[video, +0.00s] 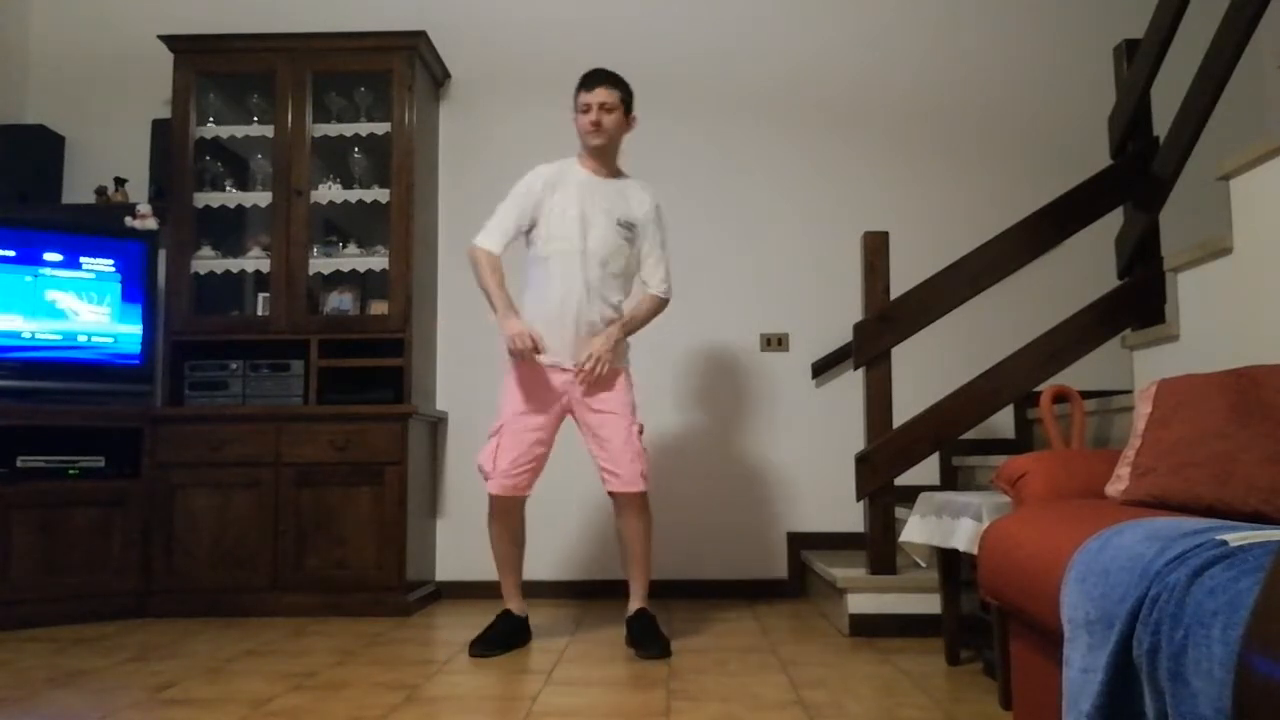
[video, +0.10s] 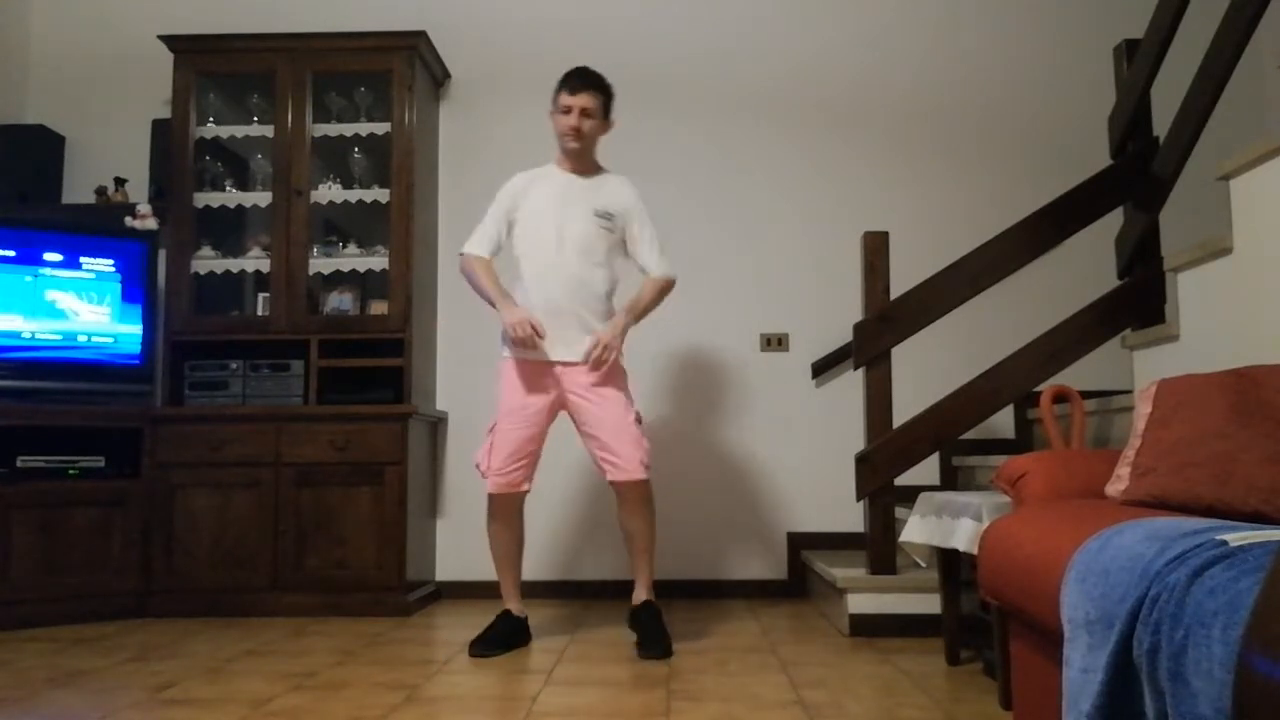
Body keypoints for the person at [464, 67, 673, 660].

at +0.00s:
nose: (595, 117)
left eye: (607, 109)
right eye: (587, 109)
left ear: (628, 121)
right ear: (574, 118)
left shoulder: (639, 199)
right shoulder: (542, 182)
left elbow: (656, 290)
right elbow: (483, 250)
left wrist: (613, 335)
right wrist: (508, 319)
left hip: (605, 368)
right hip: (537, 365)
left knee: (630, 484)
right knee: (504, 488)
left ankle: (640, 610)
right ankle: (513, 613)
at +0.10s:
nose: (574, 121)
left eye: (587, 114)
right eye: (565, 111)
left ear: (605, 124)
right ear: (552, 116)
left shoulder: (618, 193)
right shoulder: (521, 187)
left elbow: (659, 275)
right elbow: (473, 257)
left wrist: (622, 324)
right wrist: (506, 308)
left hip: (595, 364)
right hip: (526, 364)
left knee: (632, 474)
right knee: (502, 483)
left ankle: (644, 602)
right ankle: (512, 613)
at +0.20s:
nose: (551, 124)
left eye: (564, 116)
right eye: (543, 114)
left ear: (585, 124)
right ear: (532, 118)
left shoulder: (608, 186)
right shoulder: (511, 194)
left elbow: (663, 247)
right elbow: (470, 268)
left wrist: (629, 299)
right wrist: (499, 304)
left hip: (591, 363)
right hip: (522, 365)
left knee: (625, 474)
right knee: (501, 484)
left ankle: (645, 605)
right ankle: (512, 613)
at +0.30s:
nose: (539, 121)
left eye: (552, 113)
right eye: (531, 110)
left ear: (572, 123)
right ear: (518, 116)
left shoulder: (596, 178)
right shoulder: (502, 202)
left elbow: (657, 230)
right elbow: (474, 283)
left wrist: (635, 279)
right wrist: (497, 321)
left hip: (595, 362)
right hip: (525, 368)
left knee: (627, 470)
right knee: (503, 486)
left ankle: (645, 602)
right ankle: (512, 612)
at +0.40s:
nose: (528, 121)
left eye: (541, 112)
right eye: (519, 111)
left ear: (562, 123)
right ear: (507, 119)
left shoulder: (590, 177)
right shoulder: (502, 206)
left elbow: (656, 228)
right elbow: (480, 291)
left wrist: (638, 280)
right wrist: (501, 332)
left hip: (600, 361)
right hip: (532, 368)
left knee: (629, 474)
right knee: (509, 486)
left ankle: (645, 608)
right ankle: (512, 614)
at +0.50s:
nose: (526, 130)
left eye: (539, 119)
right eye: (517, 120)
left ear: (563, 126)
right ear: (508, 127)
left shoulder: (596, 179)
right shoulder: (508, 211)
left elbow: (662, 234)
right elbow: (492, 298)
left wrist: (641, 289)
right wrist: (509, 338)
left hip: (605, 369)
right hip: (536, 374)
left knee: (630, 484)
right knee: (508, 489)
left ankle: (638, 612)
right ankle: (513, 614)